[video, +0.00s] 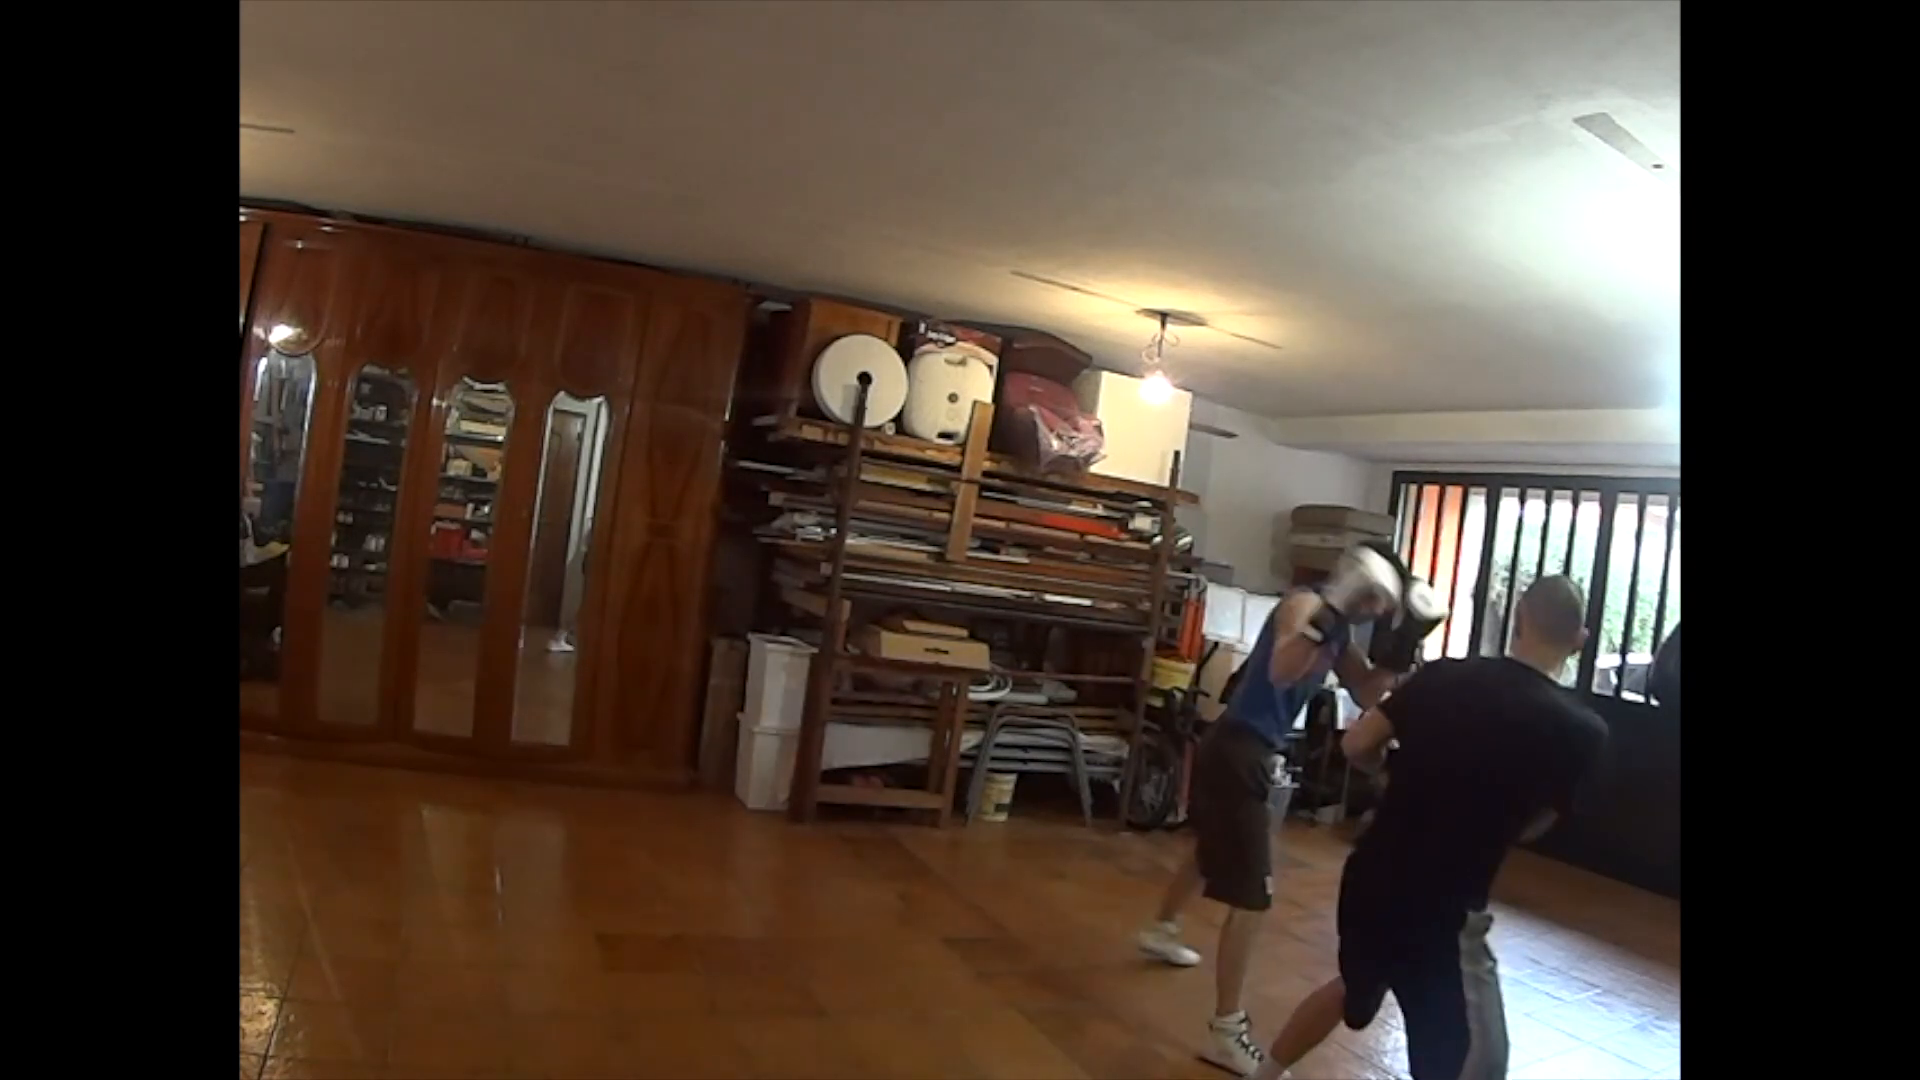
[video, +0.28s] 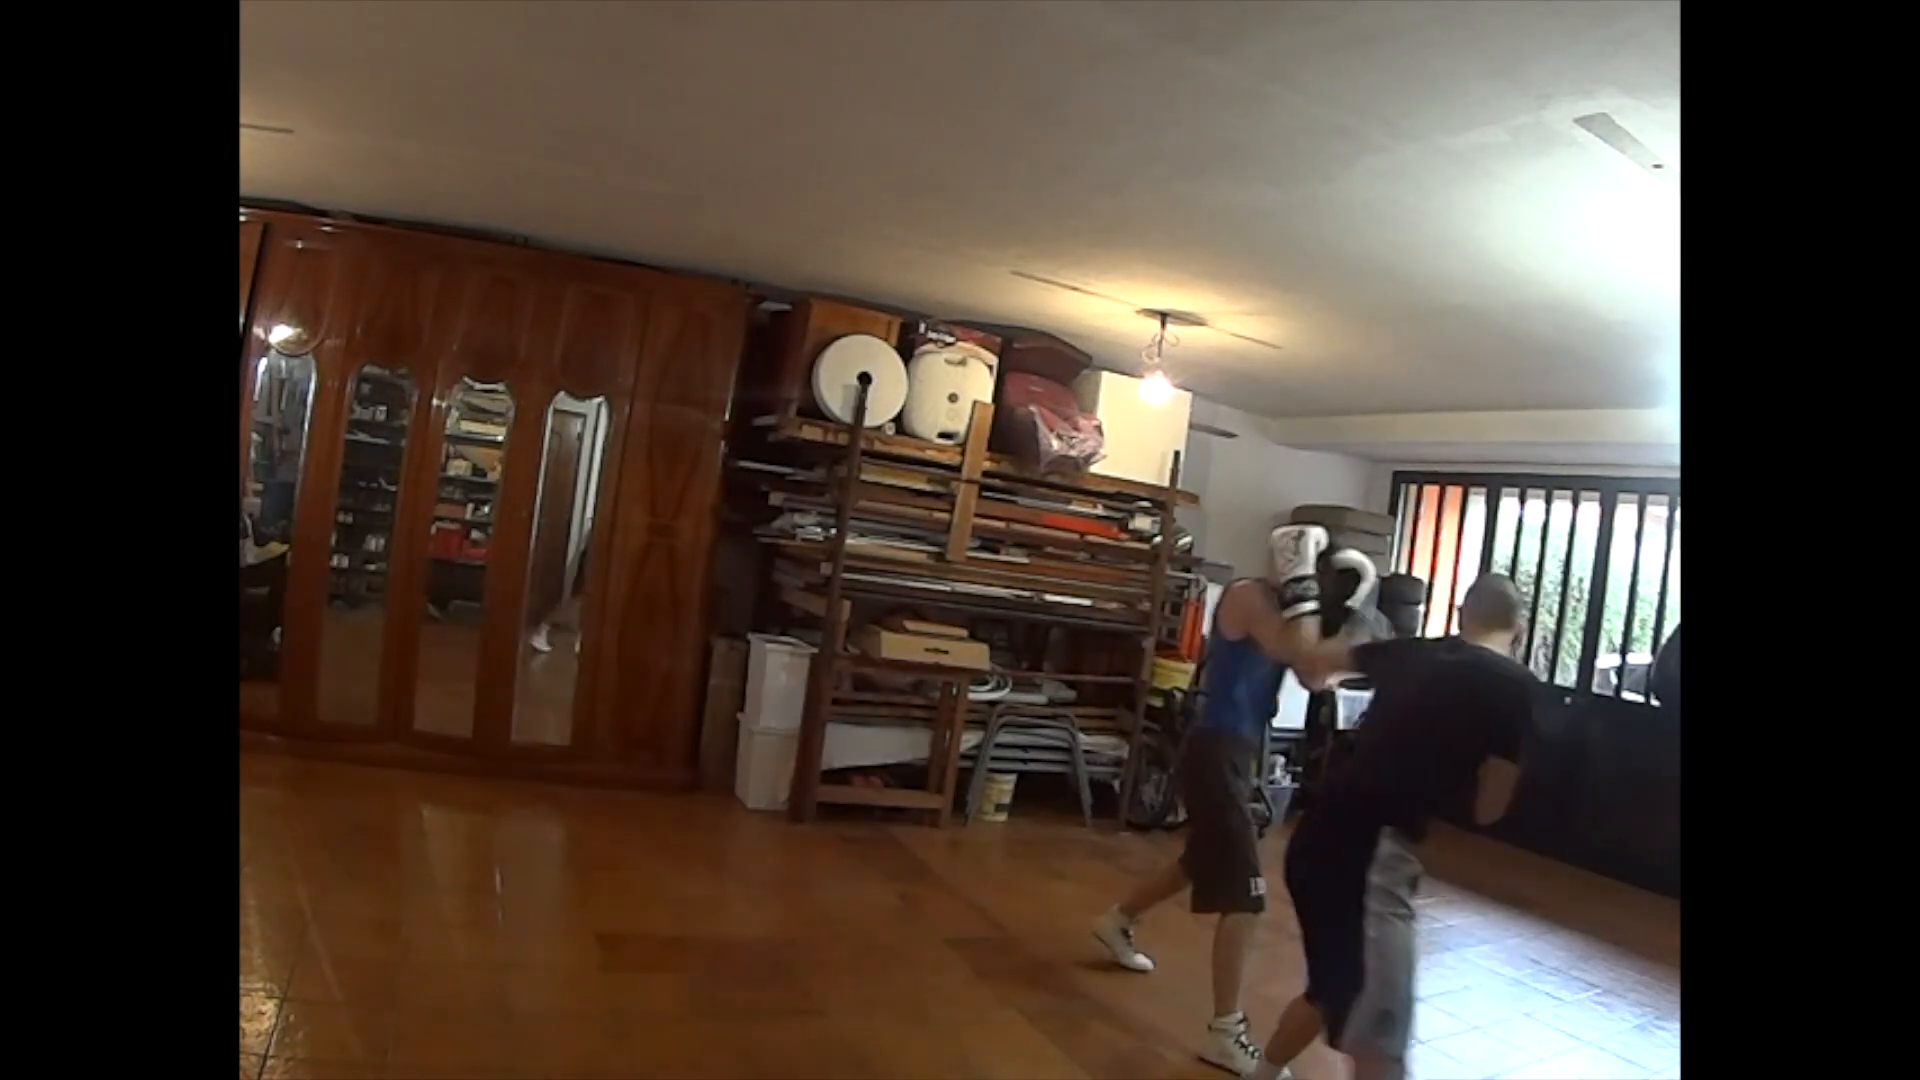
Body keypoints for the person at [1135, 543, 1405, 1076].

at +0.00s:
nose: (1376, 615)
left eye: (1382, 611)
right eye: (1377, 605)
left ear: (1366, 600)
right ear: (1359, 588)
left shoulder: (1337, 630)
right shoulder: (1301, 605)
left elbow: (1370, 692)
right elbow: (1285, 670)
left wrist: (1405, 644)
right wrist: (1333, 616)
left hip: (1252, 750)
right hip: (1236, 750)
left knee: (1207, 848)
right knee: (1251, 897)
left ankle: (1160, 928)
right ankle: (1226, 1026)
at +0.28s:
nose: (1315, 565)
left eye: (1316, 555)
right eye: (1310, 552)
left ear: (1299, 563)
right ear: (1289, 555)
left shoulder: (1282, 611)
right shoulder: (1247, 595)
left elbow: (1314, 675)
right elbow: (1296, 649)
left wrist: (1361, 643)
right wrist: (1310, 597)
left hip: (1237, 757)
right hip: (1215, 755)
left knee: (1201, 861)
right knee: (1243, 897)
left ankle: (1116, 920)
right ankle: (1225, 1029)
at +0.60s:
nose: (1258, 566)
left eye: (1268, 561)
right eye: (1253, 554)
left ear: (1272, 565)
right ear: (1231, 543)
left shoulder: (1246, 606)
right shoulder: (1187, 579)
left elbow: (1254, 673)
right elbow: (1131, 645)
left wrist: (1286, 612)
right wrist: (1183, 608)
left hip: (1197, 729)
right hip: (1170, 723)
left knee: (1163, 843)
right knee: (1174, 857)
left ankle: (1105, 923)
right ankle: (1136, 991)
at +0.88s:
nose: (1227, 565)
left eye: (1234, 556)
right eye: (1219, 553)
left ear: (1237, 555)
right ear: (1196, 544)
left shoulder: (1226, 597)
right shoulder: (1153, 584)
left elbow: (1228, 676)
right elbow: (1097, 656)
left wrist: (1252, 625)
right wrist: (1141, 640)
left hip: (1184, 733)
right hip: (1142, 729)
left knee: (1143, 849)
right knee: (1111, 864)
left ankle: (1102, 929)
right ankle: (1043, 977)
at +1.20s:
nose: (1161, 604)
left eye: (1171, 592)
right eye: (1150, 591)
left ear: (1186, 580)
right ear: (1132, 576)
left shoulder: (1207, 613)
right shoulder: (1104, 606)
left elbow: (1222, 680)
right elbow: (1079, 700)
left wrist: (1213, 700)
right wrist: (1111, 675)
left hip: (1166, 749)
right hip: (1105, 742)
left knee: (1157, 862)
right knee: (1078, 863)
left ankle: (1114, 922)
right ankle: (1040, 976)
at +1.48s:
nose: (1225, 566)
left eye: (1232, 556)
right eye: (1217, 553)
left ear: (1236, 555)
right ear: (1189, 543)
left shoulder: (1221, 595)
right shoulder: (1140, 591)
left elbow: (1221, 682)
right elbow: (1089, 675)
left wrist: (1236, 654)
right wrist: (1149, 663)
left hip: (1182, 739)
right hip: (1134, 737)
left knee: (1166, 860)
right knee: (1113, 872)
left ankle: (1130, 947)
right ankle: (1044, 981)